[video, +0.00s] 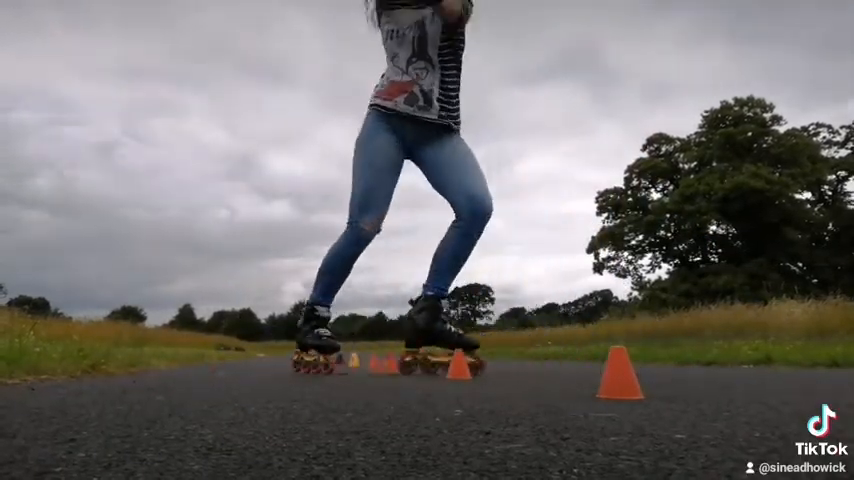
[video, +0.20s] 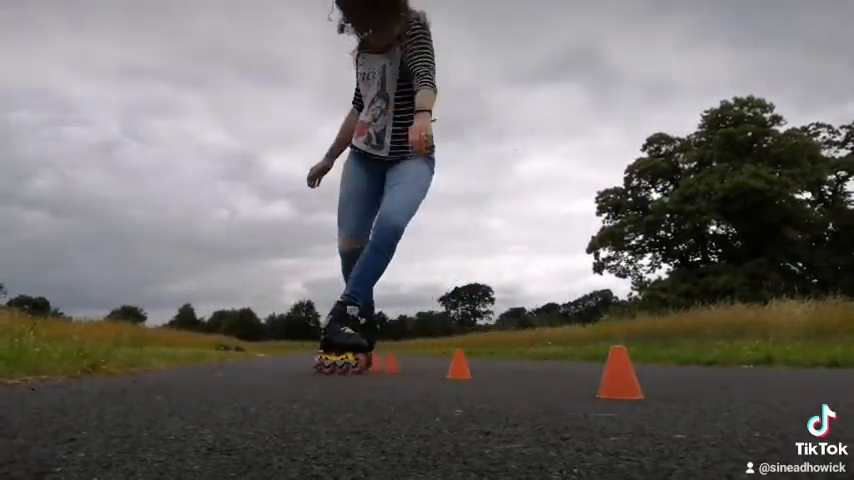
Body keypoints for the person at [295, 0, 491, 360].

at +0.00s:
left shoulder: (457, 7)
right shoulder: (385, 5)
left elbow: (454, 12)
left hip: (439, 130)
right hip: (385, 121)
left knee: (477, 208)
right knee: (364, 225)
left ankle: (426, 314)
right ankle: (313, 320)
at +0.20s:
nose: (364, 34)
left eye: (370, 25)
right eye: (358, 26)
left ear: (390, 12)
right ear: (352, 19)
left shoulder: (413, 28)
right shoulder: (365, 47)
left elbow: (424, 77)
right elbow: (359, 107)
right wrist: (329, 158)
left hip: (410, 156)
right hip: (364, 155)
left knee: (389, 226)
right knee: (350, 242)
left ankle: (343, 314)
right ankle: (366, 320)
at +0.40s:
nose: (347, 48)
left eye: (349, 39)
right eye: (342, 41)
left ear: (366, 27)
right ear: (341, 37)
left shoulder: (404, 57)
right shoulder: (355, 68)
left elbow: (437, 107)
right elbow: (324, 113)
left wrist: (477, 158)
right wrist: (275, 138)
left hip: (401, 166)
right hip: (365, 170)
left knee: (352, 231)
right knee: (385, 258)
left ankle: (347, 329)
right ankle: (416, 326)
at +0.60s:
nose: (343, 69)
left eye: (345, 61)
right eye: (341, 62)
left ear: (364, 58)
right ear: (361, 61)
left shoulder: (409, 83)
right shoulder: (359, 93)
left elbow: (446, 119)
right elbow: (327, 124)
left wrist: (487, 148)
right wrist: (289, 132)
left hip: (408, 178)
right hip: (377, 183)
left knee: (387, 253)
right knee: (368, 260)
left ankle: (413, 332)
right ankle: (407, 319)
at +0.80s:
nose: (347, 108)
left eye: (349, 102)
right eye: (346, 103)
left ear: (365, 97)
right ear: (357, 100)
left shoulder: (404, 120)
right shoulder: (358, 132)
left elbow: (446, 141)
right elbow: (325, 157)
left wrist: (485, 151)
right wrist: (283, 173)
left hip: (411, 206)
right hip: (380, 212)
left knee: (415, 272)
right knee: (342, 268)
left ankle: (445, 333)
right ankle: (366, 335)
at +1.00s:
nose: (328, 130)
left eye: (330, 124)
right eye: (327, 125)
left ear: (344, 122)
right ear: (339, 124)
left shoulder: (377, 142)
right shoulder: (338, 151)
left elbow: (402, 157)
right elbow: (322, 180)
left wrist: (418, 159)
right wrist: (299, 209)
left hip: (389, 223)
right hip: (355, 225)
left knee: (405, 282)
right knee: (328, 269)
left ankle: (416, 340)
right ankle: (355, 333)